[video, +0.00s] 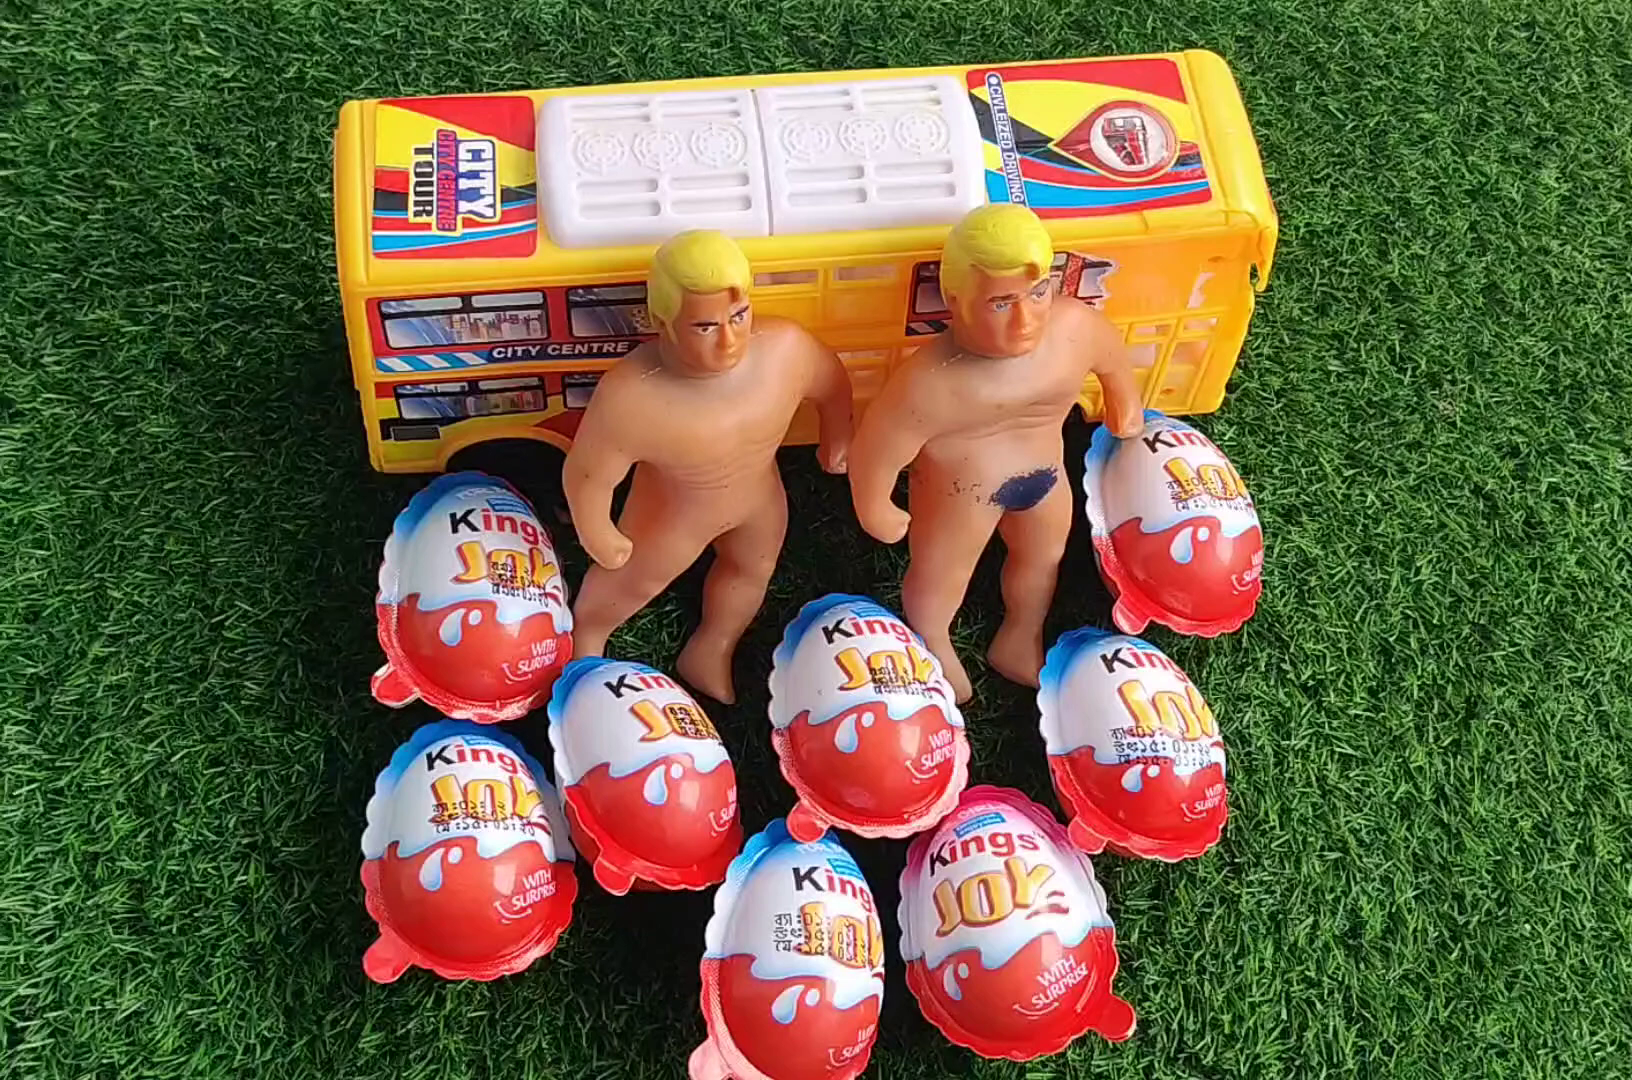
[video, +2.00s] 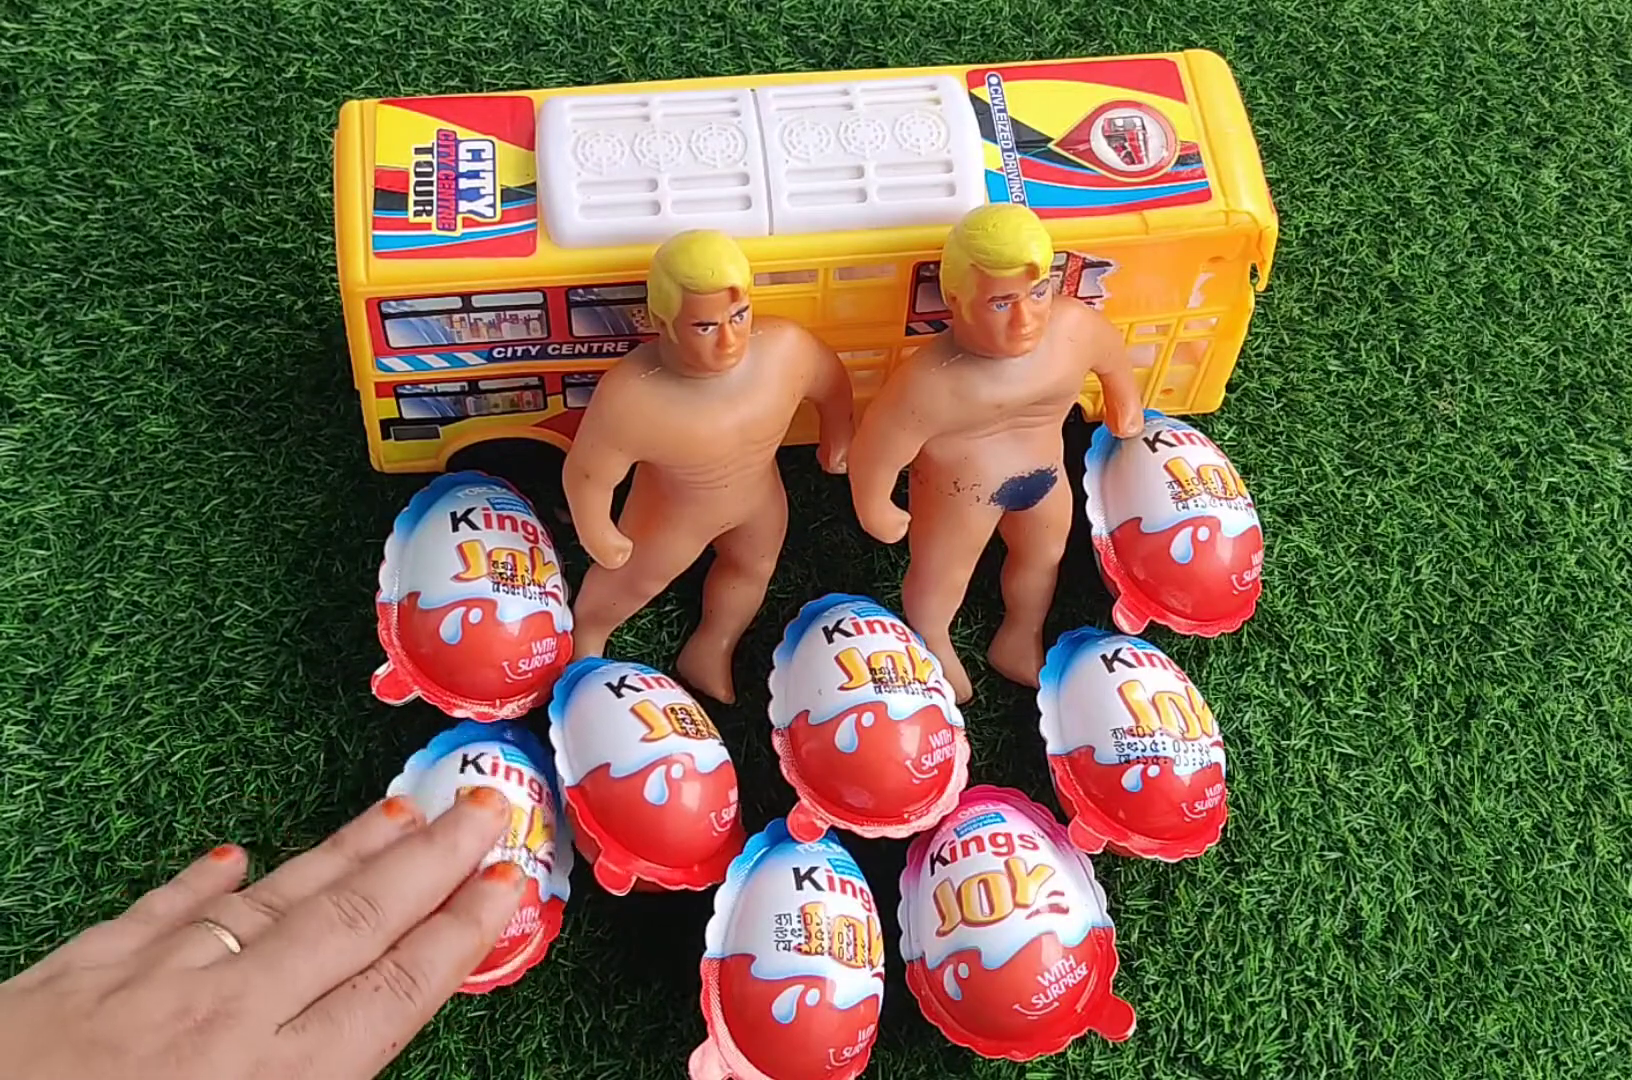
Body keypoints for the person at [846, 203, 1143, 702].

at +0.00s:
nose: (1024, 317)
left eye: (1036, 295)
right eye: (1000, 302)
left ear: (1050, 285)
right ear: (953, 304)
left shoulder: (1078, 328)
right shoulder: (926, 383)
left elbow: (1112, 359)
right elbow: (873, 453)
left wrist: (1126, 407)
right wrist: (877, 514)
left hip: (1045, 478)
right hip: (959, 492)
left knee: (1040, 564)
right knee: (939, 581)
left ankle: (1020, 643)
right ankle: (933, 648)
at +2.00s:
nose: (1024, 316)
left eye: (1037, 294)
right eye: (1000, 302)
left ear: (1051, 284)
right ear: (954, 304)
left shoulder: (1078, 327)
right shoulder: (927, 382)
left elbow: (1113, 358)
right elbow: (874, 452)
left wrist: (1126, 406)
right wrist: (877, 514)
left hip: (1045, 477)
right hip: (959, 493)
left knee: (1041, 561)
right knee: (940, 580)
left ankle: (1020, 642)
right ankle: (933, 645)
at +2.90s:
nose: (1023, 317)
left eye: (1036, 294)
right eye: (999, 302)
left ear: (1052, 284)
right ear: (953, 304)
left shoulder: (1077, 326)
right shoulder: (927, 384)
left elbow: (1113, 359)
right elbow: (874, 452)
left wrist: (1126, 404)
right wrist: (878, 514)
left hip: (1045, 478)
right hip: (959, 494)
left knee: (1041, 561)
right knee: (940, 579)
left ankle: (1020, 642)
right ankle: (932, 645)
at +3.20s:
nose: (1023, 317)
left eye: (1036, 294)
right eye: (999, 302)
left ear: (1052, 284)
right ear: (953, 304)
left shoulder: (1077, 326)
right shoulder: (928, 383)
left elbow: (1112, 358)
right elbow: (874, 452)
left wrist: (1126, 402)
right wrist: (878, 514)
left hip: (1045, 477)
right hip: (959, 493)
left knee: (1041, 561)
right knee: (941, 578)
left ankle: (1020, 642)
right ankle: (932, 645)